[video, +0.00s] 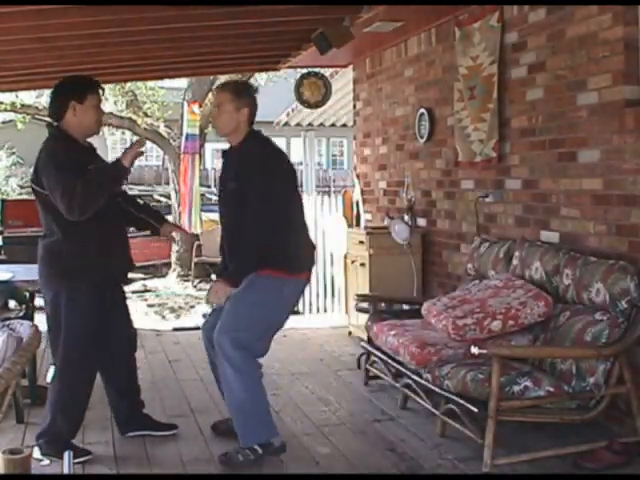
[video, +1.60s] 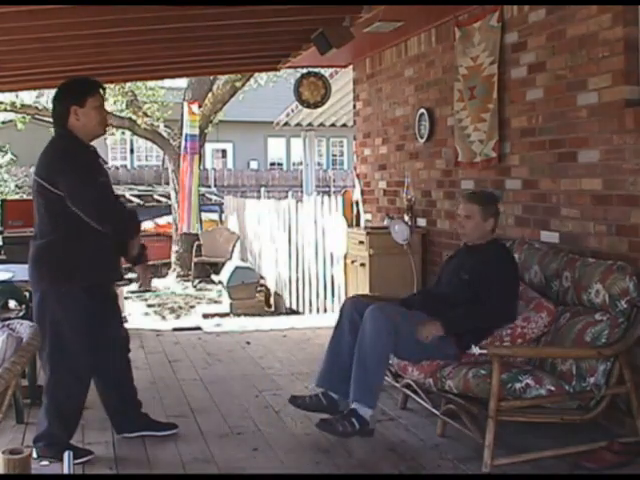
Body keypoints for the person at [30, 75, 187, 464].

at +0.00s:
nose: (102, 113)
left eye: (101, 105)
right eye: (96, 105)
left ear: (75, 109)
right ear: (74, 108)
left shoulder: (85, 153)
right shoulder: (55, 153)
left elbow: (116, 199)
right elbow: (76, 205)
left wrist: (159, 223)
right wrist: (120, 167)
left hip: (100, 273)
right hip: (71, 276)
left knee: (119, 348)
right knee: (75, 360)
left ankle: (131, 419)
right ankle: (53, 441)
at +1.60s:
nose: (106, 114)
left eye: (104, 106)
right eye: (99, 107)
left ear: (78, 114)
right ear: (74, 113)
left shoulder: (86, 156)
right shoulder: (62, 156)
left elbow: (108, 207)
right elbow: (99, 212)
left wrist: (129, 246)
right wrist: (132, 219)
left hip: (91, 274)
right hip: (62, 278)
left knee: (111, 349)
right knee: (70, 361)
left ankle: (129, 420)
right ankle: (51, 443)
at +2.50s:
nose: (95, 113)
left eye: (92, 105)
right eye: (87, 106)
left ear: (67, 115)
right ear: (63, 115)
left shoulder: (88, 158)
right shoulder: (45, 165)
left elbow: (117, 199)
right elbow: (62, 227)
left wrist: (150, 218)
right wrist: (117, 212)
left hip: (99, 279)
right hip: (61, 284)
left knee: (124, 346)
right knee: (77, 363)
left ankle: (133, 421)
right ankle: (54, 443)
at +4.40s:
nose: (122, 110)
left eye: (121, 102)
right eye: (116, 103)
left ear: (97, 107)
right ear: (91, 107)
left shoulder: (102, 151)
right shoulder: (73, 152)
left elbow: (137, 191)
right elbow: (124, 193)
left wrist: (173, 172)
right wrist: (170, 169)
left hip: (110, 274)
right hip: (79, 276)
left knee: (123, 351)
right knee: (72, 361)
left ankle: (134, 423)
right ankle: (52, 444)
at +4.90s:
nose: (118, 110)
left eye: (116, 102)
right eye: (111, 103)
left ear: (89, 109)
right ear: (86, 108)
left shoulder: (99, 153)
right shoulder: (71, 152)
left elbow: (132, 189)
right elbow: (118, 197)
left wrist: (177, 200)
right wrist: (177, 202)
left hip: (106, 273)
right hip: (73, 275)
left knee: (121, 350)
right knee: (72, 360)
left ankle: (134, 424)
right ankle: (52, 444)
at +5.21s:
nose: (108, 110)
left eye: (106, 102)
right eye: (100, 103)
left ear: (81, 110)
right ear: (73, 110)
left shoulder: (94, 154)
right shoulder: (62, 158)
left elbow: (116, 212)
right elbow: (93, 222)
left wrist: (153, 241)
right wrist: (141, 257)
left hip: (102, 273)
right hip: (69, 277)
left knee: (121, 350)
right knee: (69, 362)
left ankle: (134, 424)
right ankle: (52, 444)